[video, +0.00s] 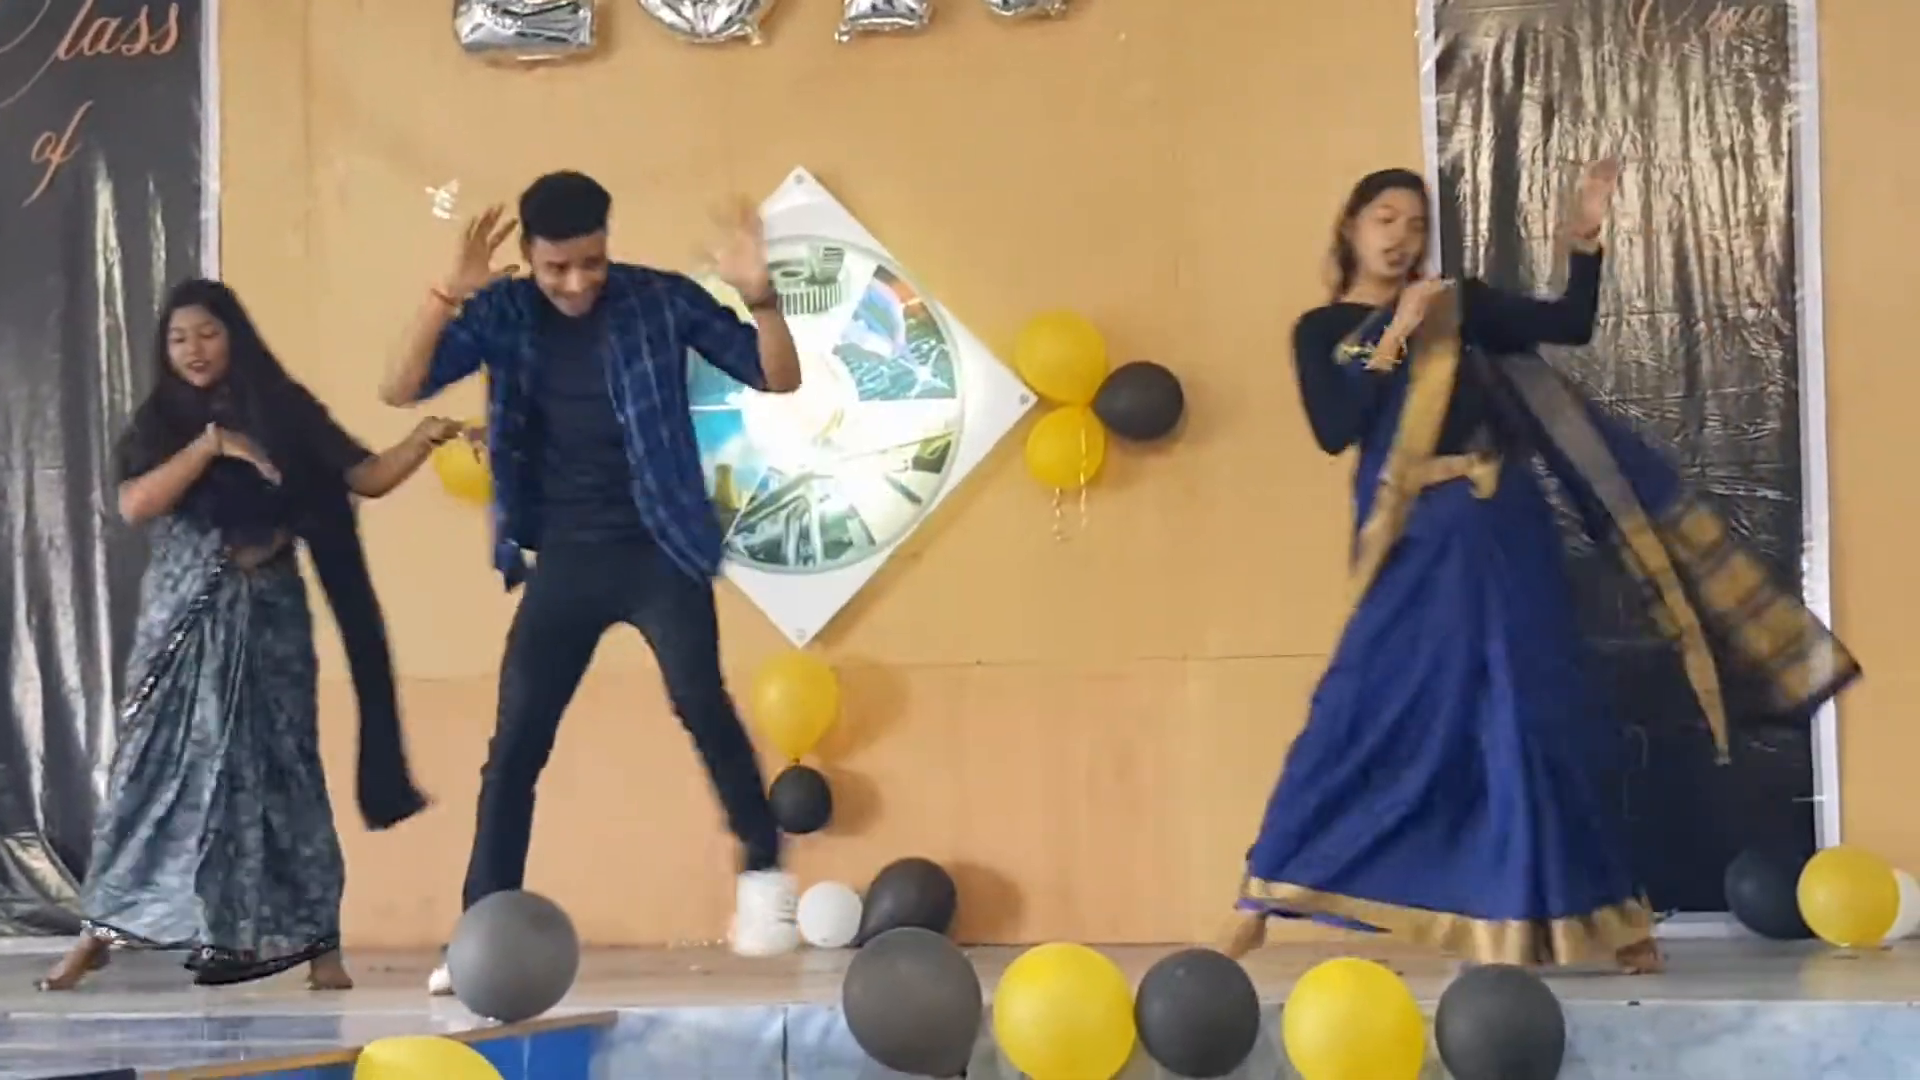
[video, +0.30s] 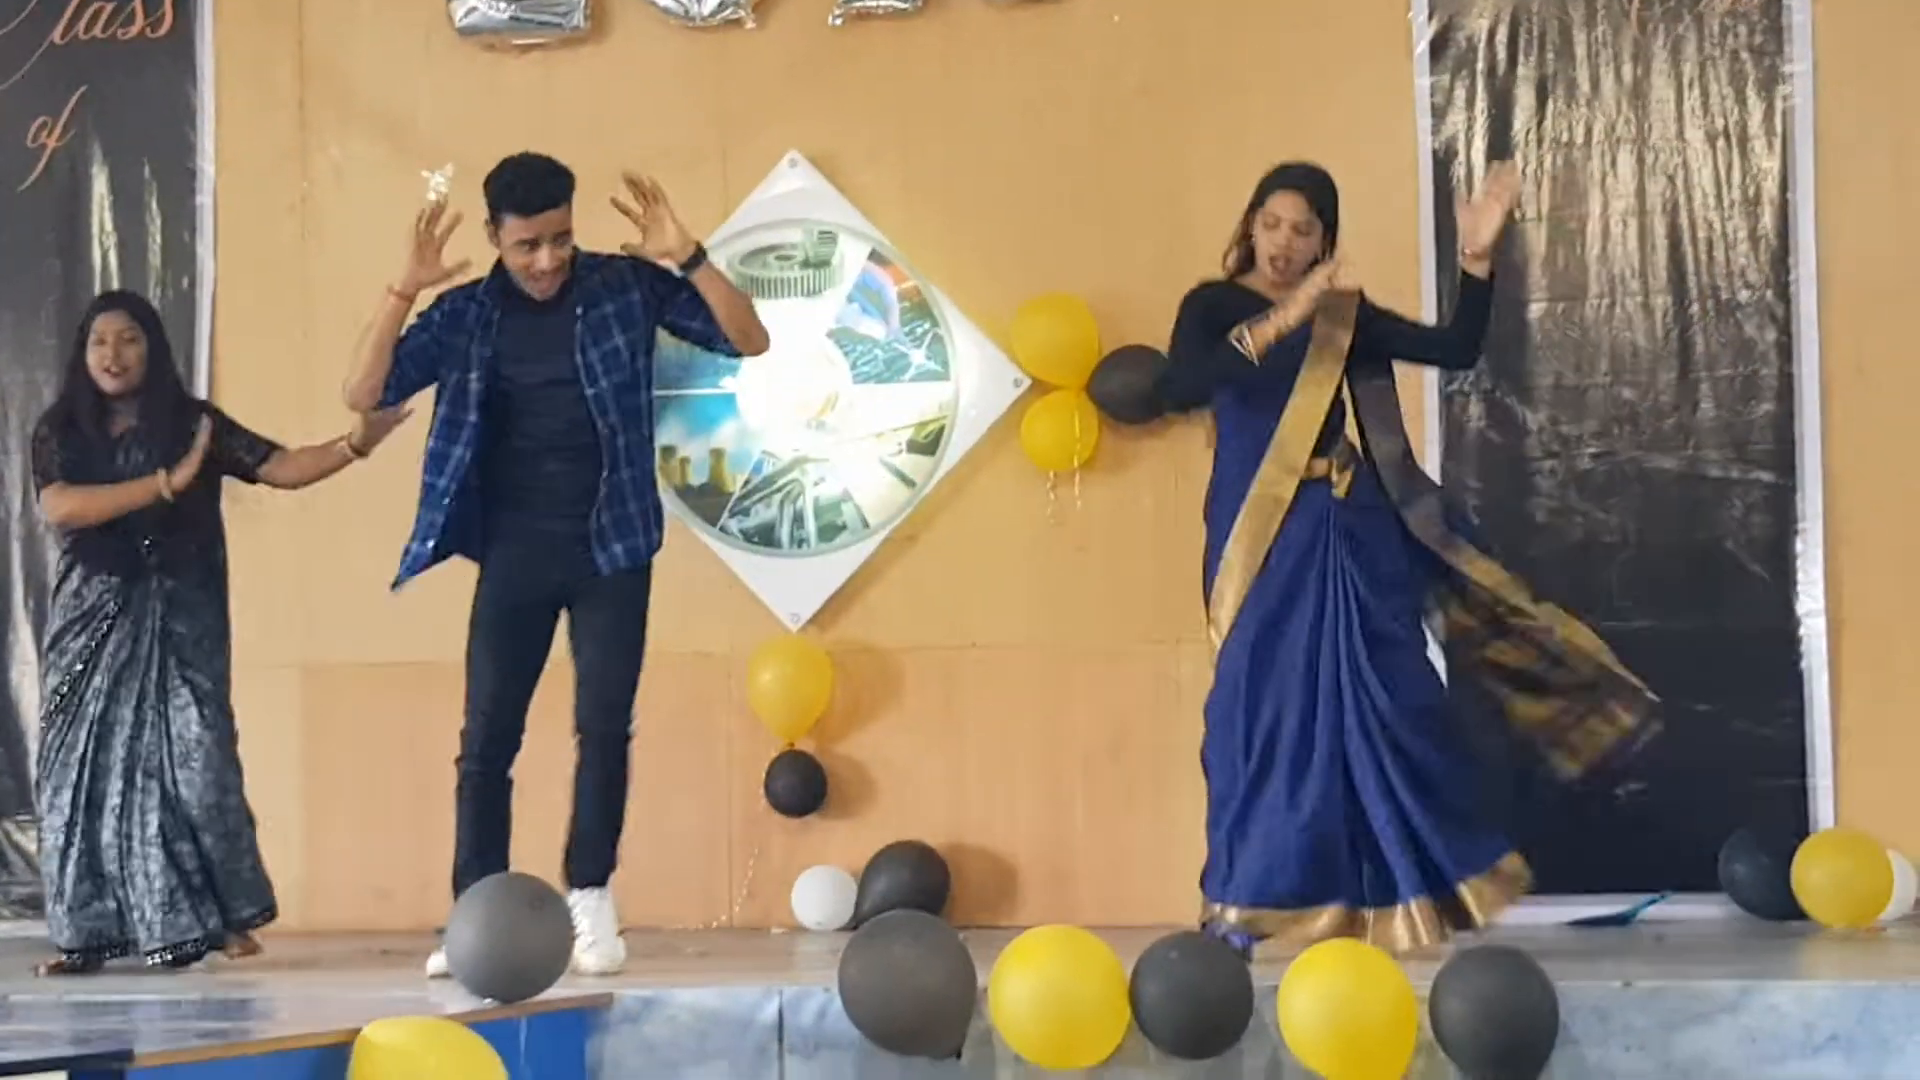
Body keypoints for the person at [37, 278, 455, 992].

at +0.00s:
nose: (193, 351)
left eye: (206, 335)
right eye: (179, 339)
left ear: (236, 337)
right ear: (165, 347)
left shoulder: (280, 404)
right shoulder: (159, 418)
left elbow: (368, 478)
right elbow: (134, 505)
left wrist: (421, 439)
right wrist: (203, 450)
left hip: (272, 611)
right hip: (185, 613)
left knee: (287, 767)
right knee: (149, 764)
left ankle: (322, 941)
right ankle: (99, 929)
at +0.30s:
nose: (113, 354)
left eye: (128, 341)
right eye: (100, 342)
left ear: (153, 349)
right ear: (83, 352)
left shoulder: (191, 420)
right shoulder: (59, 429)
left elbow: (280, 466)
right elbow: (60, 506)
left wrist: (356, 442)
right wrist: (166, 482)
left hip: (183, 627)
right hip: (91, 631)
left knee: (195, 769)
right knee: (80, 774)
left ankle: (223, 917)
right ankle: (83, 934)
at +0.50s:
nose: (104, 355)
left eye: (121, 344)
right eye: (93, 342)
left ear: (148, 356)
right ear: (77, 355)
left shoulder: (189, 439)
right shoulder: (56, 441)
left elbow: (217, 545)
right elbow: (31, 546)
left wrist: (237, 508)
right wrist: (69, 486)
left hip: (169, 628)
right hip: (86, 628)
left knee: (148, 775)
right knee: (70, 771)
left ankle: (136, 939)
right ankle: (61, 938)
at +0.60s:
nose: (125, 337)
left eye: (142, 327)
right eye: (115, 324)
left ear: (168, 341)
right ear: (96, 336)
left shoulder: (193, 422)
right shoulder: (71, 420)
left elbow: (217, 532)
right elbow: (21, 521)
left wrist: (189, 482)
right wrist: (10, 453)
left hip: (176, 617)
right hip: (94, 617)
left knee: (167, 757)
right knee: (84, 755)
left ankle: (130, 919)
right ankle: (68, 923)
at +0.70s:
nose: (160, 317)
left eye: (176, 307)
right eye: (149, 304)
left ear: (200, 321)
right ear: (128, 315)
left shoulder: (216, 400)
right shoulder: (98, 392)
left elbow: (225, 499)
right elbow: (28, 475)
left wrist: (151, 440)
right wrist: (9, 408)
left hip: (203, 603)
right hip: (123, 602)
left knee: (219, 744)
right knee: (114, 746)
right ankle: (98, 916)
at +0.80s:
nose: (188, 309)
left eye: (206, 299)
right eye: (177, 297)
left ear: (230, 314)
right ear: (159, 309)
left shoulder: (240, 392)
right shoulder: (131, 390)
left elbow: (221, 480)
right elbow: (52, 469)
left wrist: (127, 434)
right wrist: (28, 406)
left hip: (216, 583)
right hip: (141, 588)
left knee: (250, 738)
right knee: (127, 741)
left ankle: (322, 877)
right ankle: (107, 916)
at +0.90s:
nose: (227, 316)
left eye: (244, 306)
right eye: (216, 304)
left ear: (270, 319)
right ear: (198, 316)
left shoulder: (278, 401)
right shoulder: (179, 391)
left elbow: (232, 475)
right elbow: (108, 430)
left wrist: (137, 445)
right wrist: (49, 407)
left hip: (249, 588)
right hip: (179, 586)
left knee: (281, 738)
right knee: (148, 739)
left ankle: (350, 894)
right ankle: (116, 916)